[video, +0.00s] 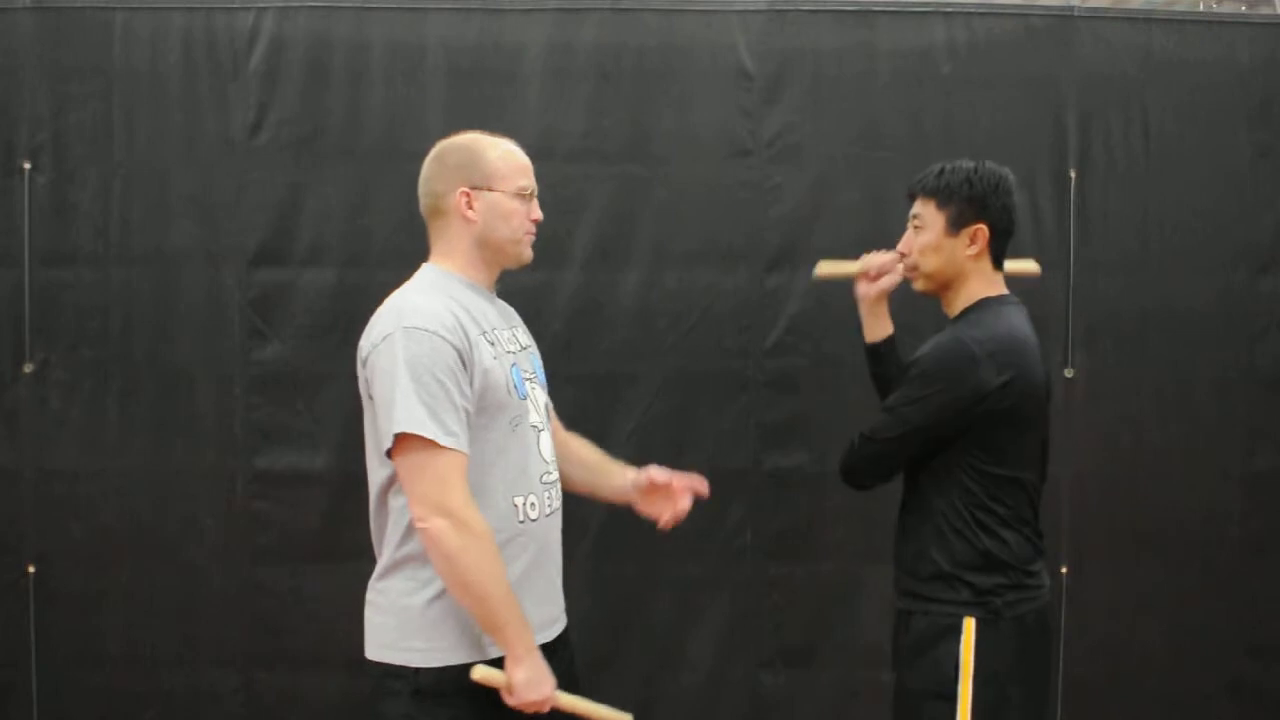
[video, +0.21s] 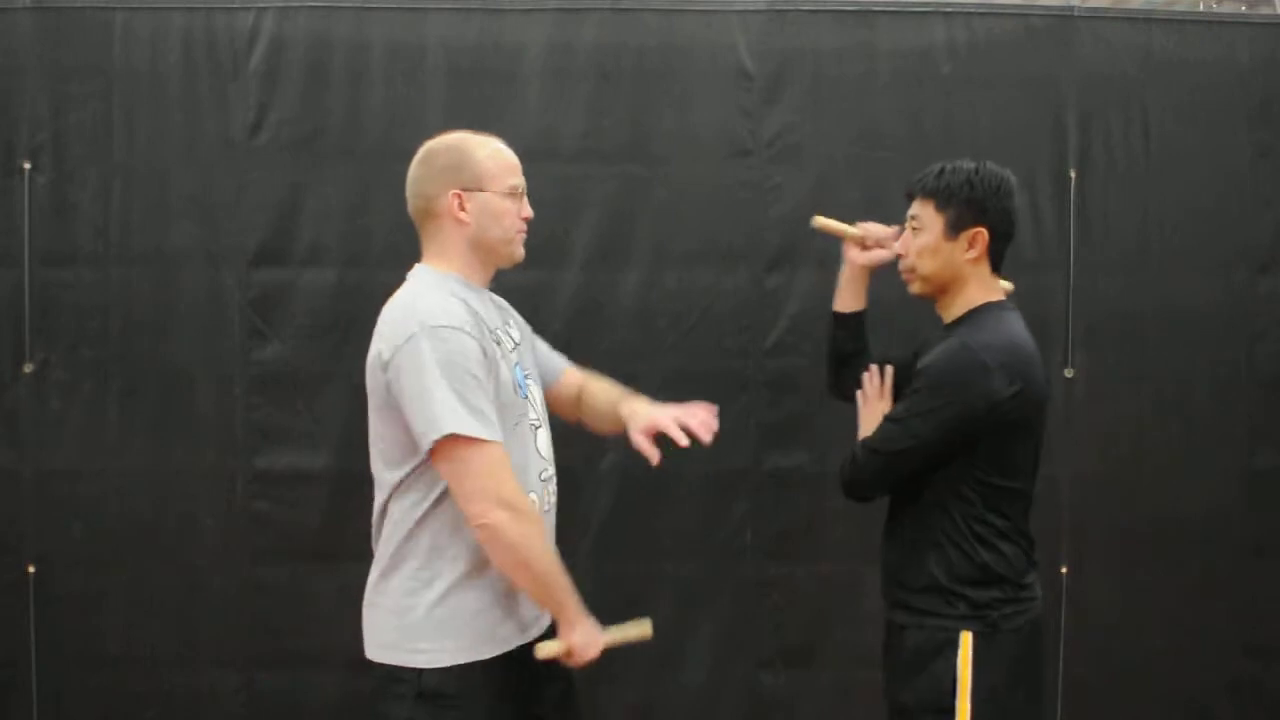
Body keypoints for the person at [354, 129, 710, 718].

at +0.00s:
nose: (538, 214)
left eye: (536, 198)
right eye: (524, 196)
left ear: (473, 205)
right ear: (468, 203)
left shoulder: (502, 320)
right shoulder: (417, 328)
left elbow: (550, 442)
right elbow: (441, 513)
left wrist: (631, 485)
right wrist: (520, 649)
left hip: (537, 645)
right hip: (443, 662)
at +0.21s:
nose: (529, 212)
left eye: (525, 196)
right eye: (513, 195)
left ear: (466, 207)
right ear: (459, 206)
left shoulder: (492, 314)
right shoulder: (430, 324)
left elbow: (571, 387)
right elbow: (493, 507)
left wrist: (634, 410)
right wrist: (570, 613)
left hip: (515, 639)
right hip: (445, 656)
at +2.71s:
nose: (491, 223)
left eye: (493, 206)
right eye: (468, 206)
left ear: (500, 213)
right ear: (408, 219)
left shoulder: (525, 321)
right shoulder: (357, 335)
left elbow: (615, 440)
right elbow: (406, 464)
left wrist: (651, 398)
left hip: (538, 635)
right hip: (425, 666)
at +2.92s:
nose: (529, 233)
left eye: (530, 218)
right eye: (509, 216)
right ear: (449, 227)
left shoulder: (544, 337)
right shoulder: (393, 334)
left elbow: (597, 452)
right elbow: (418, 408)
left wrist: (648, 495)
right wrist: (375, 262)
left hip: (553, 637)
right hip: (446, 661)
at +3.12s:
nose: (569, 229)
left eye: (567, 215)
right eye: (553, 211)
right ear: (498, 217)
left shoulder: (524, 322)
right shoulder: (467, 307)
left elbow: (535, 471)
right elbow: (626, 338)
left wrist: (618, 448)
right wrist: (653, 186)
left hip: (558, 627)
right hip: (474, 636)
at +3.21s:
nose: (581, 230)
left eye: (579, 216)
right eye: (565, 211)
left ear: (515, 220)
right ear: (512, 215)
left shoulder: (520, 309)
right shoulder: (495, 299)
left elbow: (533, 474)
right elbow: (655, 339)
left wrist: (619, 430)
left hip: (555, 624)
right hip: (484, 630)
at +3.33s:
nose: (589, 235)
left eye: (587, 219)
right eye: (575, 215)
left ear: (522, 220)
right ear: (522, 217)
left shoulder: (499, 306)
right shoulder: (524, 302)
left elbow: (532, 467)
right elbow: (697, 347)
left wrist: (614, 426)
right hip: (491, 628)